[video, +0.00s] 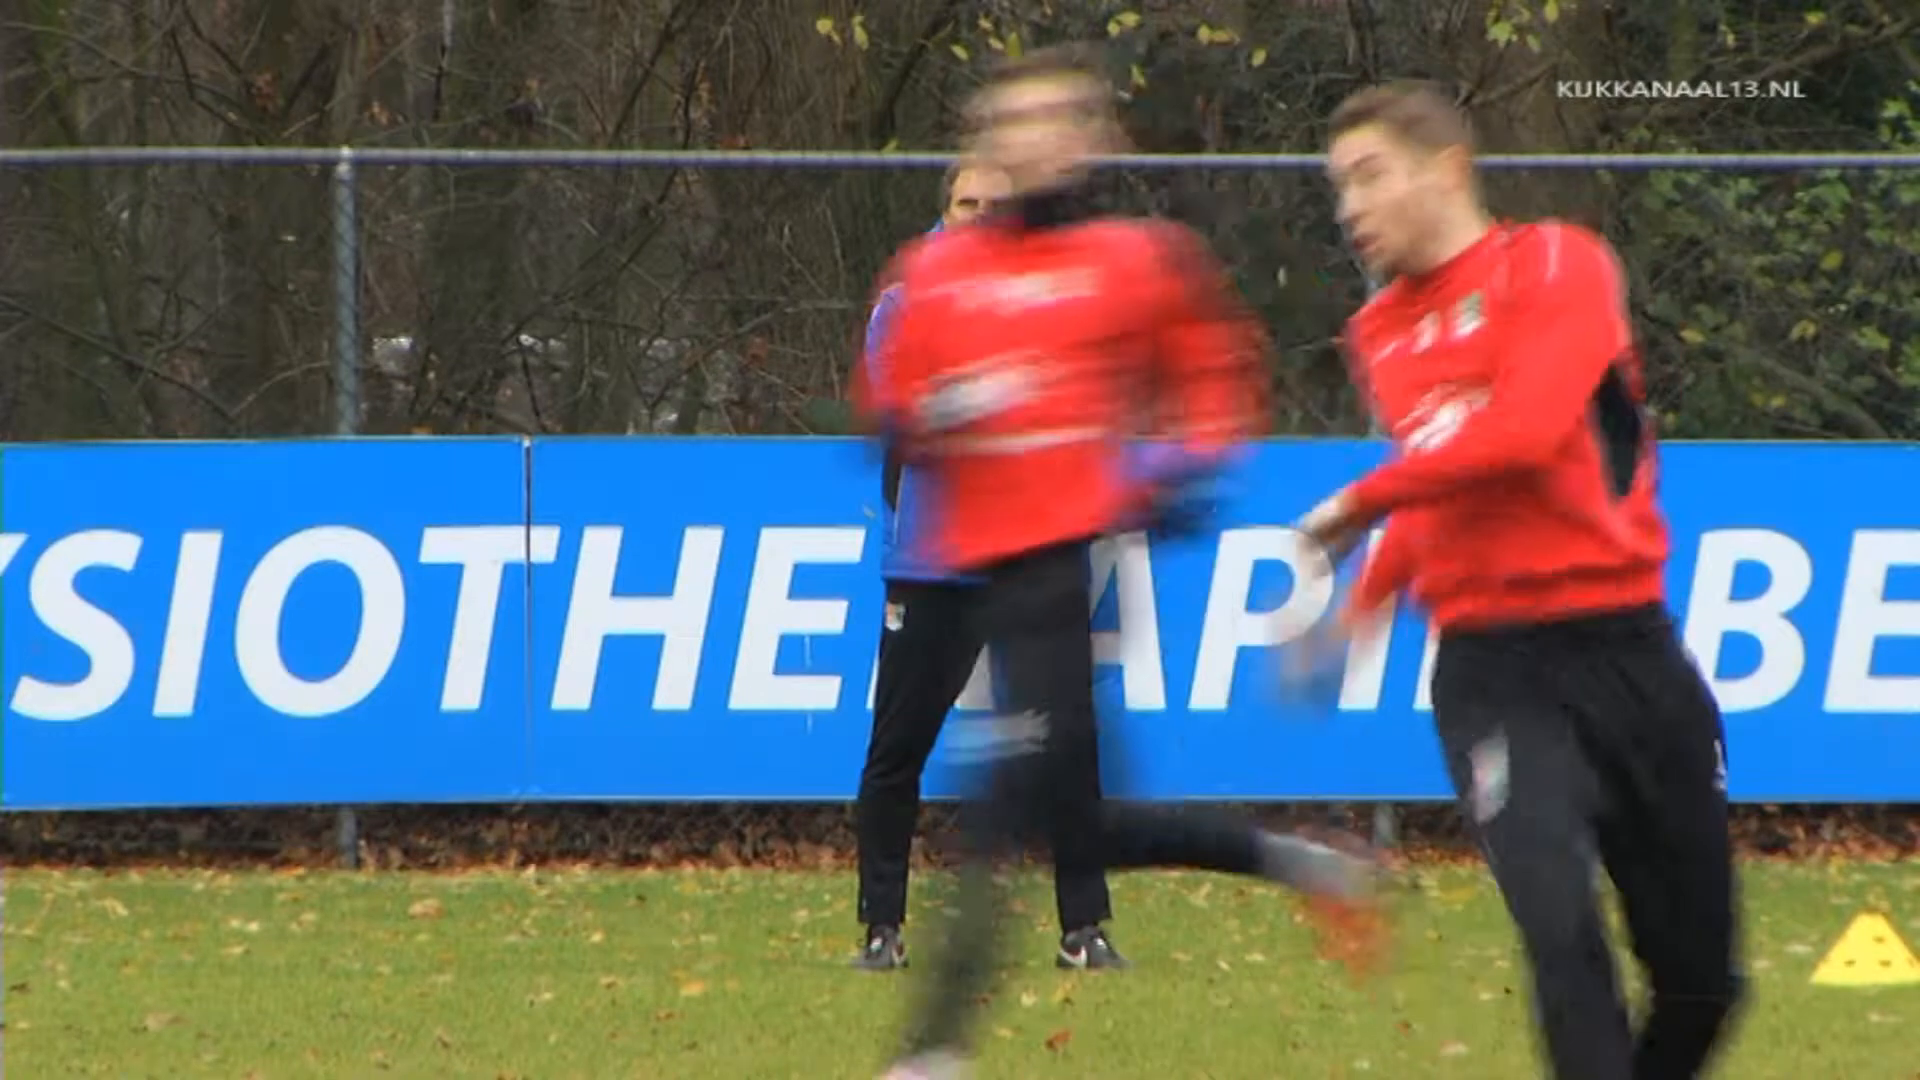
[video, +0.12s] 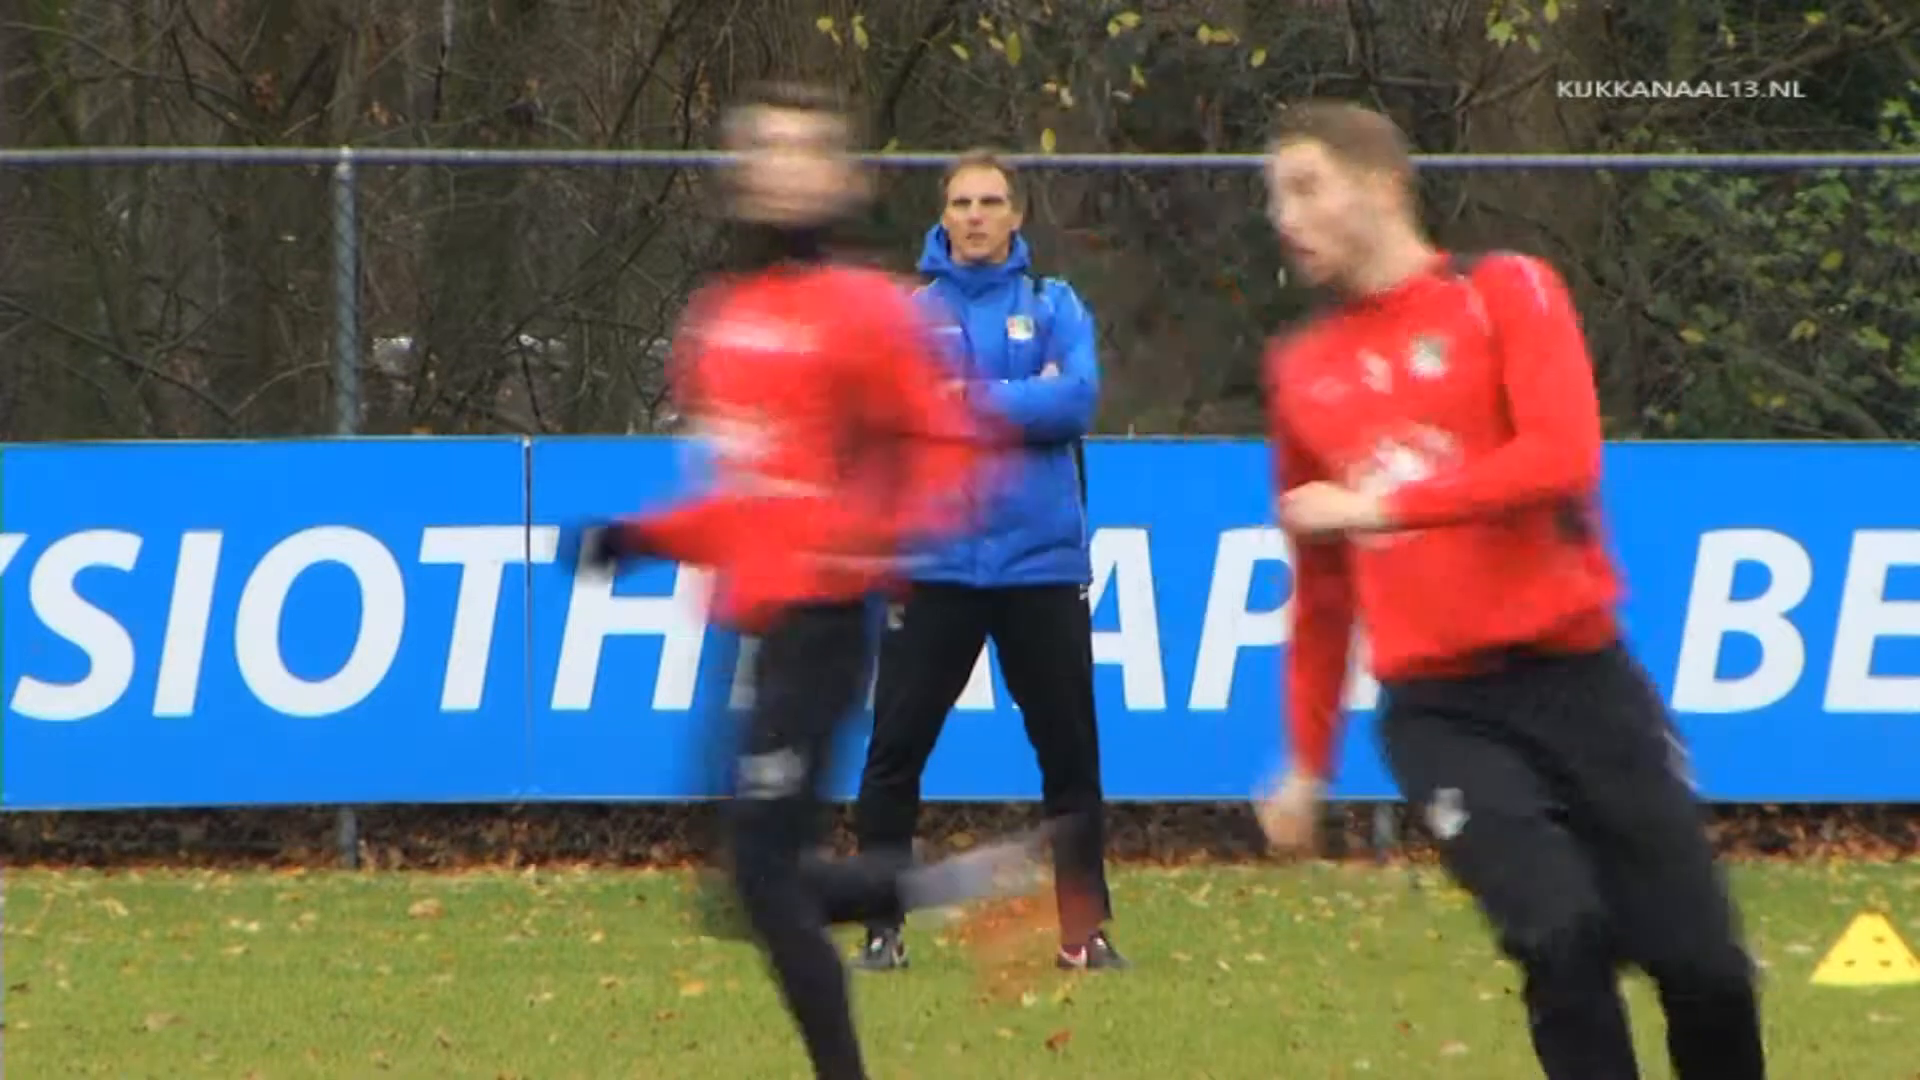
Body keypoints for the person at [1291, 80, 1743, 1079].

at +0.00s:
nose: (1348, 209)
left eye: (1367, 177)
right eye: (1339, 188)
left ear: (1447, 166)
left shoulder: (1562, 259)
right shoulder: (1378, 331)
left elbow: (1529, 429)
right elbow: (1434, 489)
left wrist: (1365, 496)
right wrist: (1360, 607)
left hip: (1624, 650)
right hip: (1491, 664)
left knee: (1701, 983)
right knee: (1564, 942)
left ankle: (1644, 1069)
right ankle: (1599, 1070)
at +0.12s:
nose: (1284, 221)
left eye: (1303, 189)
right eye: (1276, 198)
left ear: (1380, 186)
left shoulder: (1511, 291)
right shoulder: (1300, 369)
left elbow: (1563, 457)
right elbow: (1321, 582)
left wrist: (1384, 503)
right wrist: (1307, 761)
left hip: (1579, 678)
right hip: (1438, 708)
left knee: (1708, 966)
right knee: (1564, 939)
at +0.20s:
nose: (1225, 163)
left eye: (1241, 134)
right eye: (1218, 141)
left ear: (1320, 130)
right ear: (1230, 160)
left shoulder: (1447, 241)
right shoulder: (1233, 304)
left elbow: (1566, 400)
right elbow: (1255, 485)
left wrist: (1480, 482)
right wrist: (1255, 610)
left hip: (1517, 623)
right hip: (1379, 661)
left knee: (1604, 879)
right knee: (1504, 945)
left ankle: (1702, 1066)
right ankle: (1572, 1074)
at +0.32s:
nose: (1115, 63)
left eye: (1137, 33)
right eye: (1109, 40)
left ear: (1220, 37)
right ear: (1119, 61)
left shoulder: (1334, 154)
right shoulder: (1128, 215)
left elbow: (1481, 285)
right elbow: (1130, 376)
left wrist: (1570, 457)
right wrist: (1153, 429)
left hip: (1395, 531)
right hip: (1272, 565)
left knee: (1436, 824)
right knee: (1370, 852)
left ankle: (1504, 1060)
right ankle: (1477, 1060)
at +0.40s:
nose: (1038, 47)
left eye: (1065, 21)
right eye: (1032, 28)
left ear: (1148, 31)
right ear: (1032, 52)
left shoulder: (1257, 150)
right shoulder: (1053, 215)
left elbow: (1430, 272)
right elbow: (1062, 390)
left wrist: (1571, 431)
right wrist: (1085, 443)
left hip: (1321, 518)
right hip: (1203, 551)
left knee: (1320, 838)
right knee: (1277, 849)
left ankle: (1406, 1060)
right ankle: (1407, 1057)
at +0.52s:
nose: (915, 125)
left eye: (939, 97)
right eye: (911, 104)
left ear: (1027, 102)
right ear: (922, 122)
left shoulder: (1143, 217)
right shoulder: (951, 292)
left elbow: (1329, 318)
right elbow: (954, 457)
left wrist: (1479, 445)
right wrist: (967, 505)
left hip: (1199, 593)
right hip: (1095, 621)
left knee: (1142, 880)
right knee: (1233, 912)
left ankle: (1123, 1062)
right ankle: (1356, 1067)